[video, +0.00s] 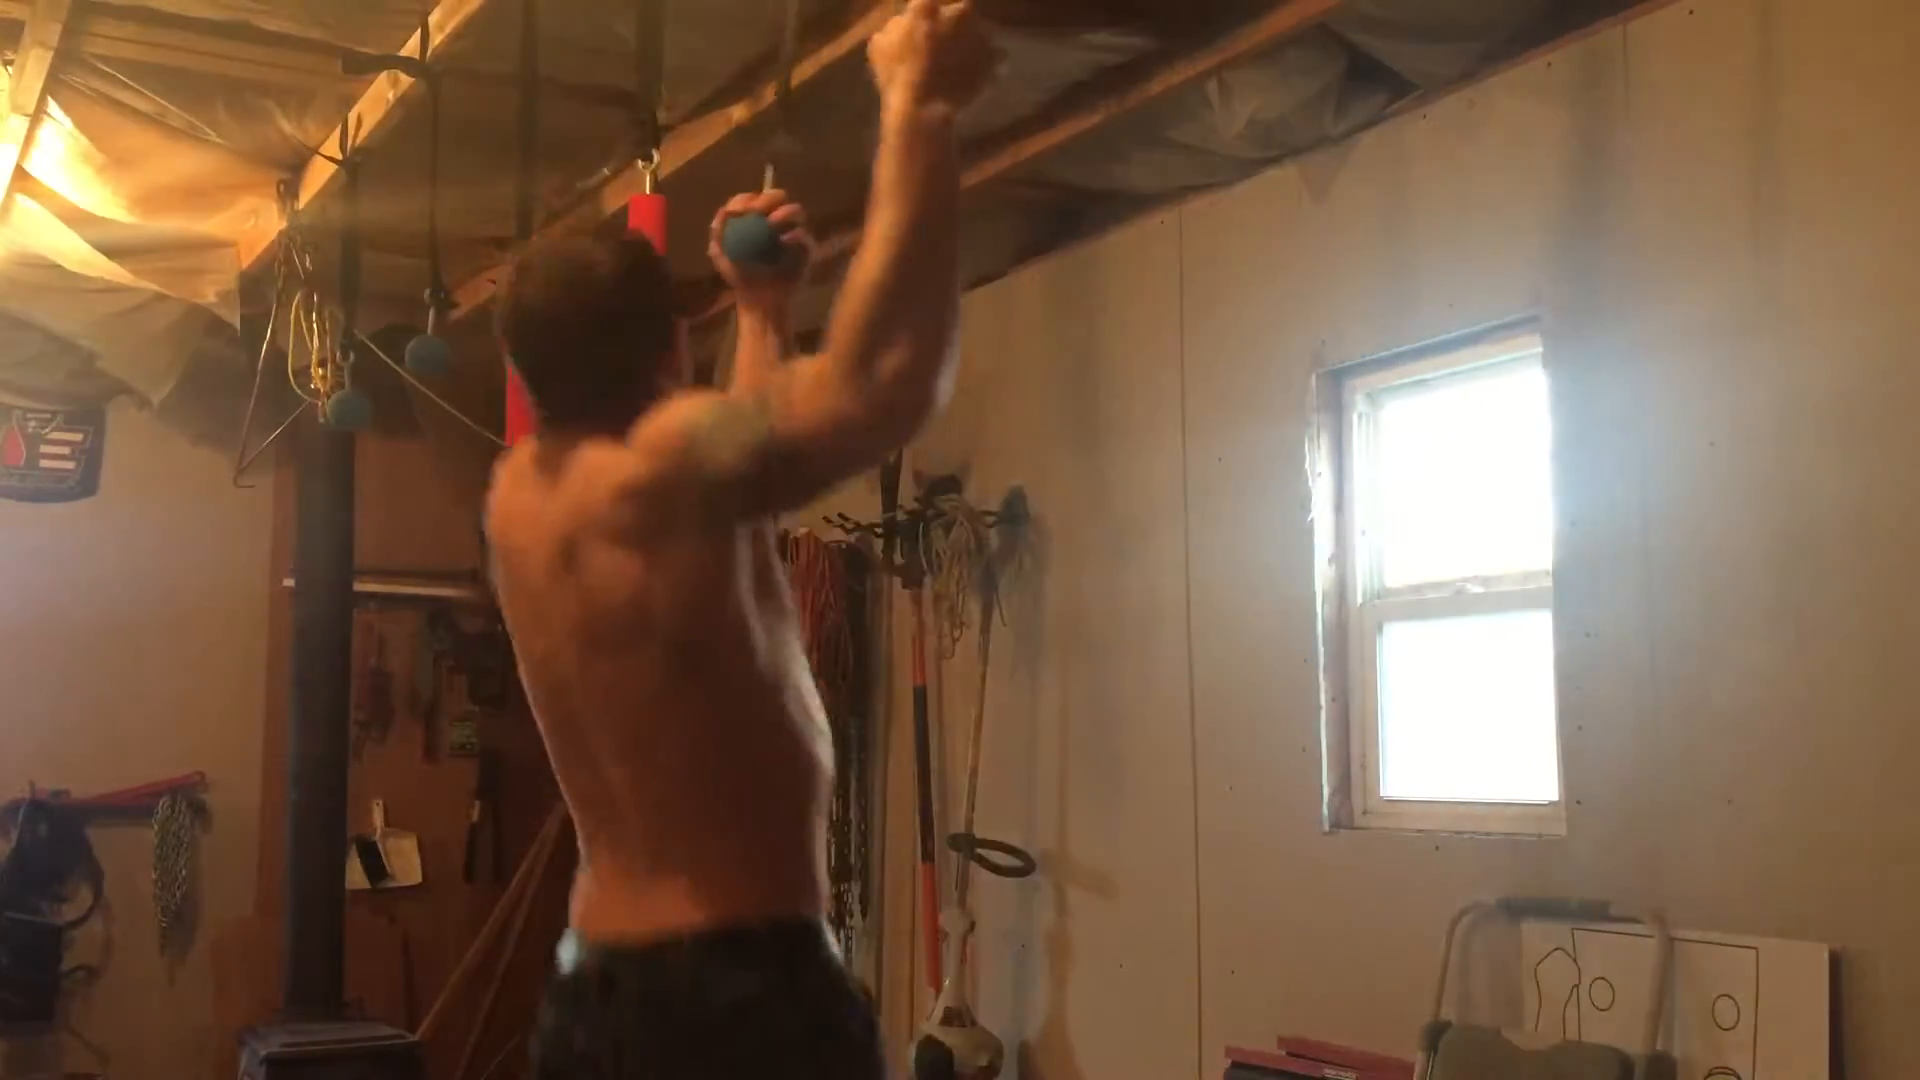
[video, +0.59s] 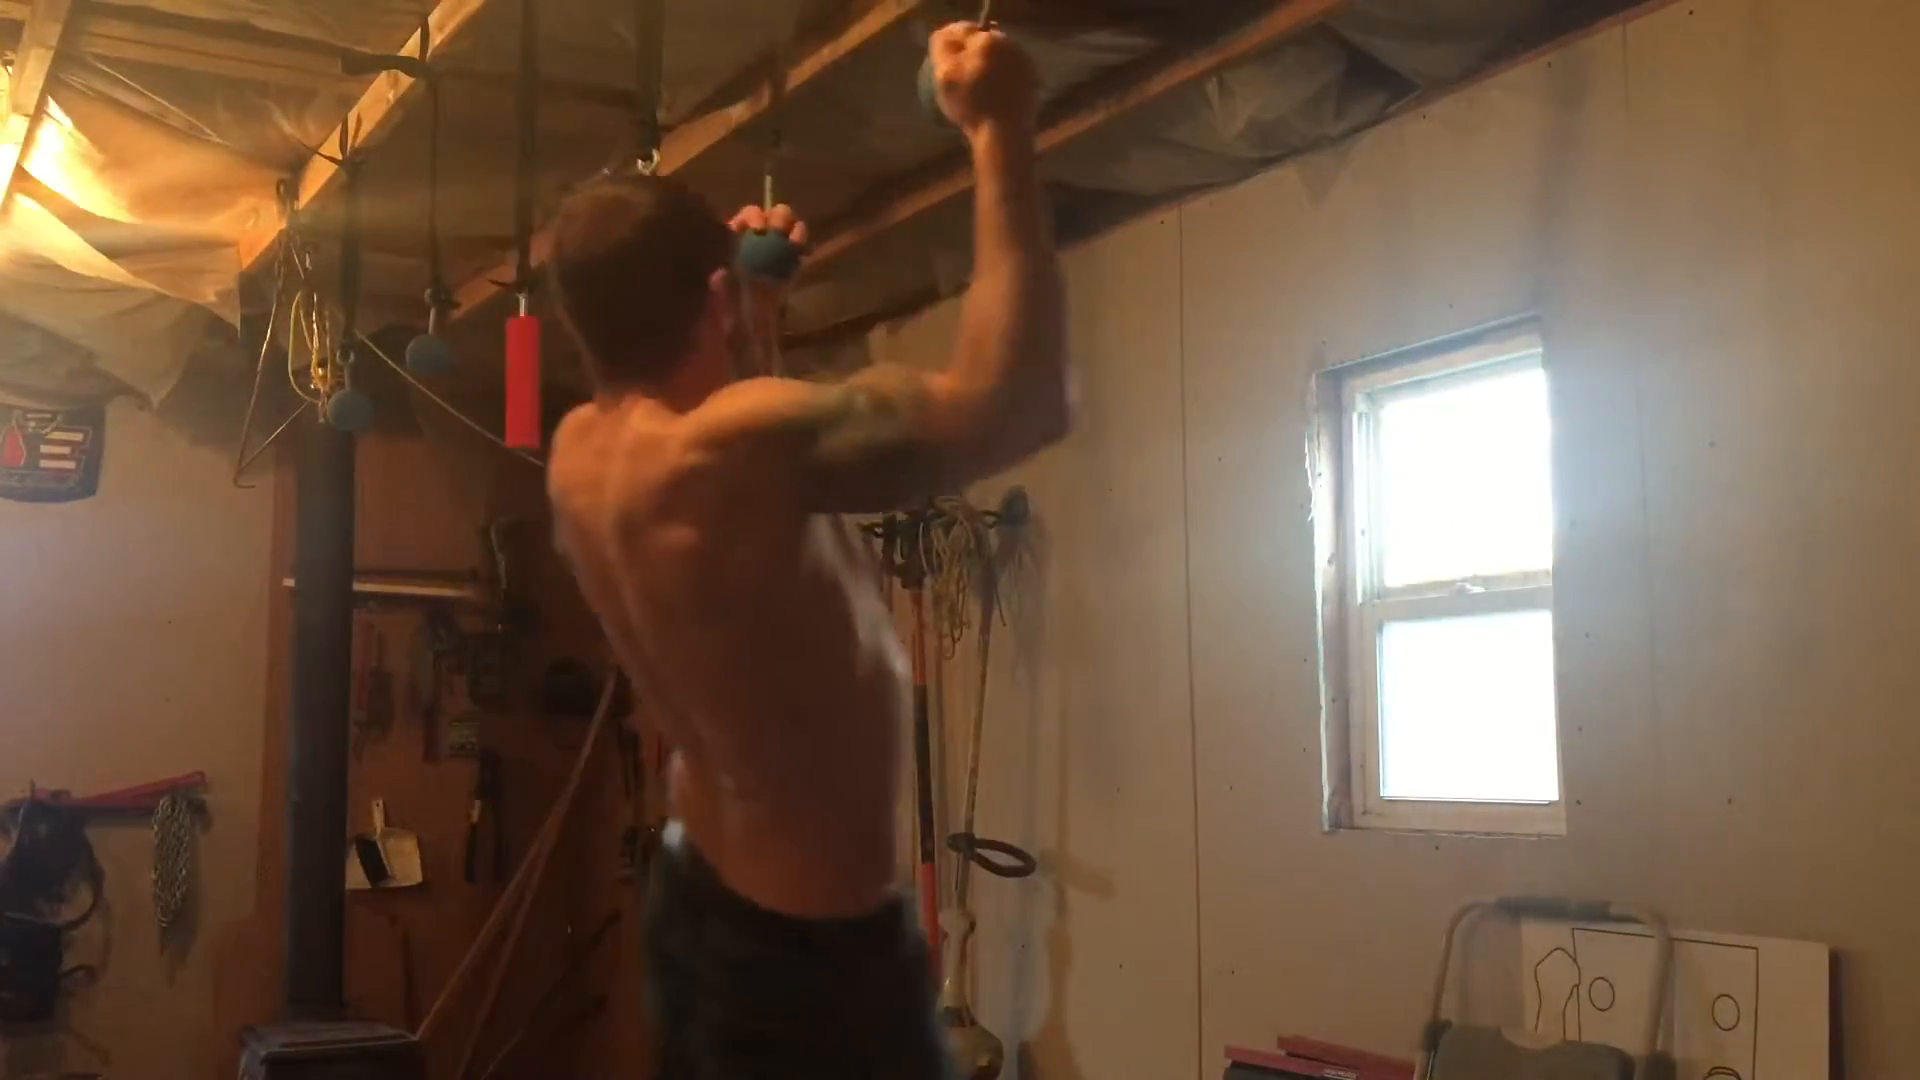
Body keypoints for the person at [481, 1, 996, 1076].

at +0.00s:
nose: (693, 352)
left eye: (680, 328)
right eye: (681, 328)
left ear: (523, 367)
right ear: (666, 342)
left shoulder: (513, 495)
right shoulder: (678, 460)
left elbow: (750, 467)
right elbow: (879, 390)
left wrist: (761, 304)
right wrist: (919, 108)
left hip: (596, 984)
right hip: (751, 981)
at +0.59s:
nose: (741, 288)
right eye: (732, 266)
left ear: (586, 326)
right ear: (715, 298)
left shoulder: (576, 451)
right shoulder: (746, 438)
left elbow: (719, 443)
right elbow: (1015, 402)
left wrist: (750, 294)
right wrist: (1001, 133)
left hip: (694, 917)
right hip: (826, 964)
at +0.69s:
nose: (782, 275)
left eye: (784, 253)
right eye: (777, 258)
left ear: (632, 314)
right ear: (766, 290)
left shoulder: (619, 451)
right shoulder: (802, 434)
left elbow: (717, 402)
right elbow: (1083, 402)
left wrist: (779, 276)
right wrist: (1045, 137)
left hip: (765, 923)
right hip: (911, 959)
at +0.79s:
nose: (853, 266)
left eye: (846, 240)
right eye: (846, 243)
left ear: (688, 290)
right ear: (827, 268)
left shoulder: (668, 446)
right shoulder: (877, 410)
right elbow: (1166, 399)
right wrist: (1098, 137)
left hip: (860, 933)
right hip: (1014, 956)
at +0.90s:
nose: (913, 251)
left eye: (899, 221)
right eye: (902, 222)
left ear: (749, 279)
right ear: (887, 241)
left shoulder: (725, 441)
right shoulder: (956, 374)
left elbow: (774, 338)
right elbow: (1250, 390)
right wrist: (1161, 132)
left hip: (949, 933)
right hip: (1125, 941)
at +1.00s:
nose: (982, 196)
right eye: (976, 179)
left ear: (802, 250)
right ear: (966, 202)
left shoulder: (790, 427)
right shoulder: (1035, 343)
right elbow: (1351, 366)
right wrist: (1235, 111)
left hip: (1051, 942)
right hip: (1248, 935)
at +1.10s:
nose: (1046, 166)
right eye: (1037, 144)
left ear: (853, 225)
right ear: (1031, 173)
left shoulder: (855, 407)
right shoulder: (1117, 294)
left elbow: (916, 561)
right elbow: (1445, 319)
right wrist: (1305, 79)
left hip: (1155, 929)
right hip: (1363, 903)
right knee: (1557, 1064)